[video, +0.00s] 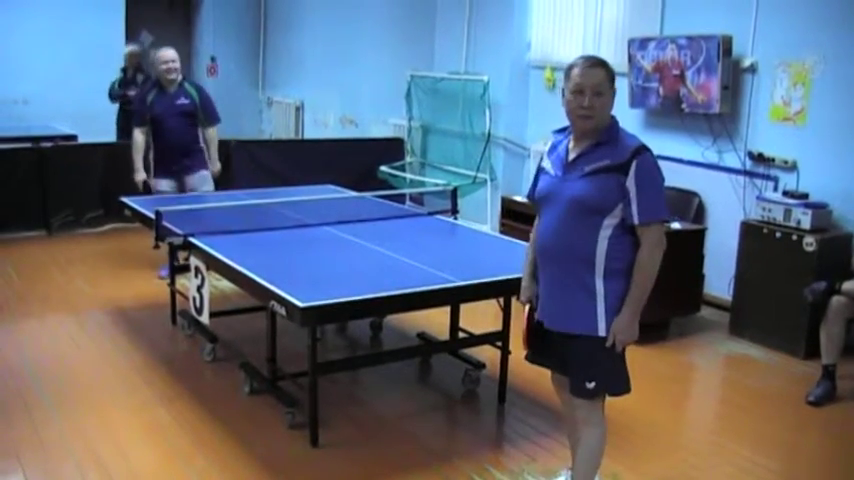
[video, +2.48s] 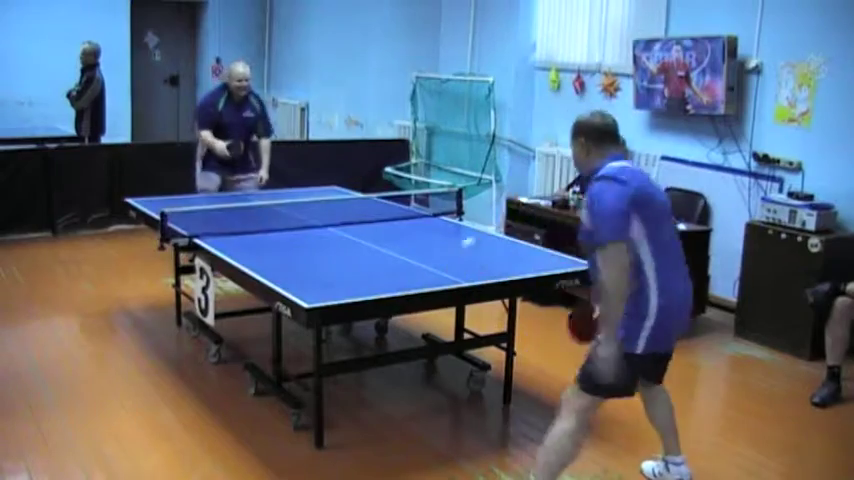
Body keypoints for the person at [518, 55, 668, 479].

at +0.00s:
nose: (585, 102)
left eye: (596, 94)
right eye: (576, 92)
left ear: (612, 99)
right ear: (564, 97)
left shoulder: (634, 158)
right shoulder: (555, 146)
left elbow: (654, 241)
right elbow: (541, 218)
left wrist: (631, 312)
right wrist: (529, 275)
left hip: (598, 306)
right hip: (554, 297)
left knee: (588, 401)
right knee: (564, 387)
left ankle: (583, 477)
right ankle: (578, 468)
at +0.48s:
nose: (548, 101)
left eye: (556, 93)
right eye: (551, 92)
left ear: (587, 100)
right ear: (580, 100)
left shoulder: (631, 160)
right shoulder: (567, 151)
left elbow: (646, 247)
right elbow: (551, 224)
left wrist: (623, 322)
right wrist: (531, 276)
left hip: (594, 313)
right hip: (560, 304)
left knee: (582, 407)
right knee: (572, 400)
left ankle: (581, 477)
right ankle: (576, 470)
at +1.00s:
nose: (548, 102)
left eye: (550, 93)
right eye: (550, 93)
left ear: (562, 98)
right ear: (601, 98)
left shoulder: (580, 160)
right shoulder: (619, 148)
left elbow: (569, 253)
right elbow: (612, 237)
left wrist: (546, 330)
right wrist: (560, 277)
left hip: (591, 310)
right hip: (618, 304)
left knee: (572, 407)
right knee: (598, 399)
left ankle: (576, 477)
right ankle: (590, 470)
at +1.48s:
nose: (550, 106)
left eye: (553, 98)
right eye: (552, 98)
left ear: (561, 102)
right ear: (600, 103)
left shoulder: (573, 157)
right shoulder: (626, 150)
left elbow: (590, 239)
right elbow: (635, 229)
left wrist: (586, 320)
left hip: (587, 308)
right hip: (631, 305)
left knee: (538, 390)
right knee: (615, 391)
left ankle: (543, 474)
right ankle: (612, 475)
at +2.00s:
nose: (520, 112)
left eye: (521, 106)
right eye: (521, 106)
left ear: (527, 106)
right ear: (568, 107)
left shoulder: (530, 157)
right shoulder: (605, 156)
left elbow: (504, 248)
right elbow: (621, 229)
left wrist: (480, 324)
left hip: (560, 303)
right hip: (614, 299)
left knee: (522, 396)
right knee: (610, 383)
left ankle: (513, 475)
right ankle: (621, 473)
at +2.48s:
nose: (573, 156)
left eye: (574, 148)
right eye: (573, 148)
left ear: (584, 146)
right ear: (615, 144)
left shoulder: (606, 188)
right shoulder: (635, 178)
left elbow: (616, 267)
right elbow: (628, 257)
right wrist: (598, 305)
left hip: (639, 315)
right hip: (669, 308)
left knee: (577, 401)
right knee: (650, 385)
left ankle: (539, 473)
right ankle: (675, 462)